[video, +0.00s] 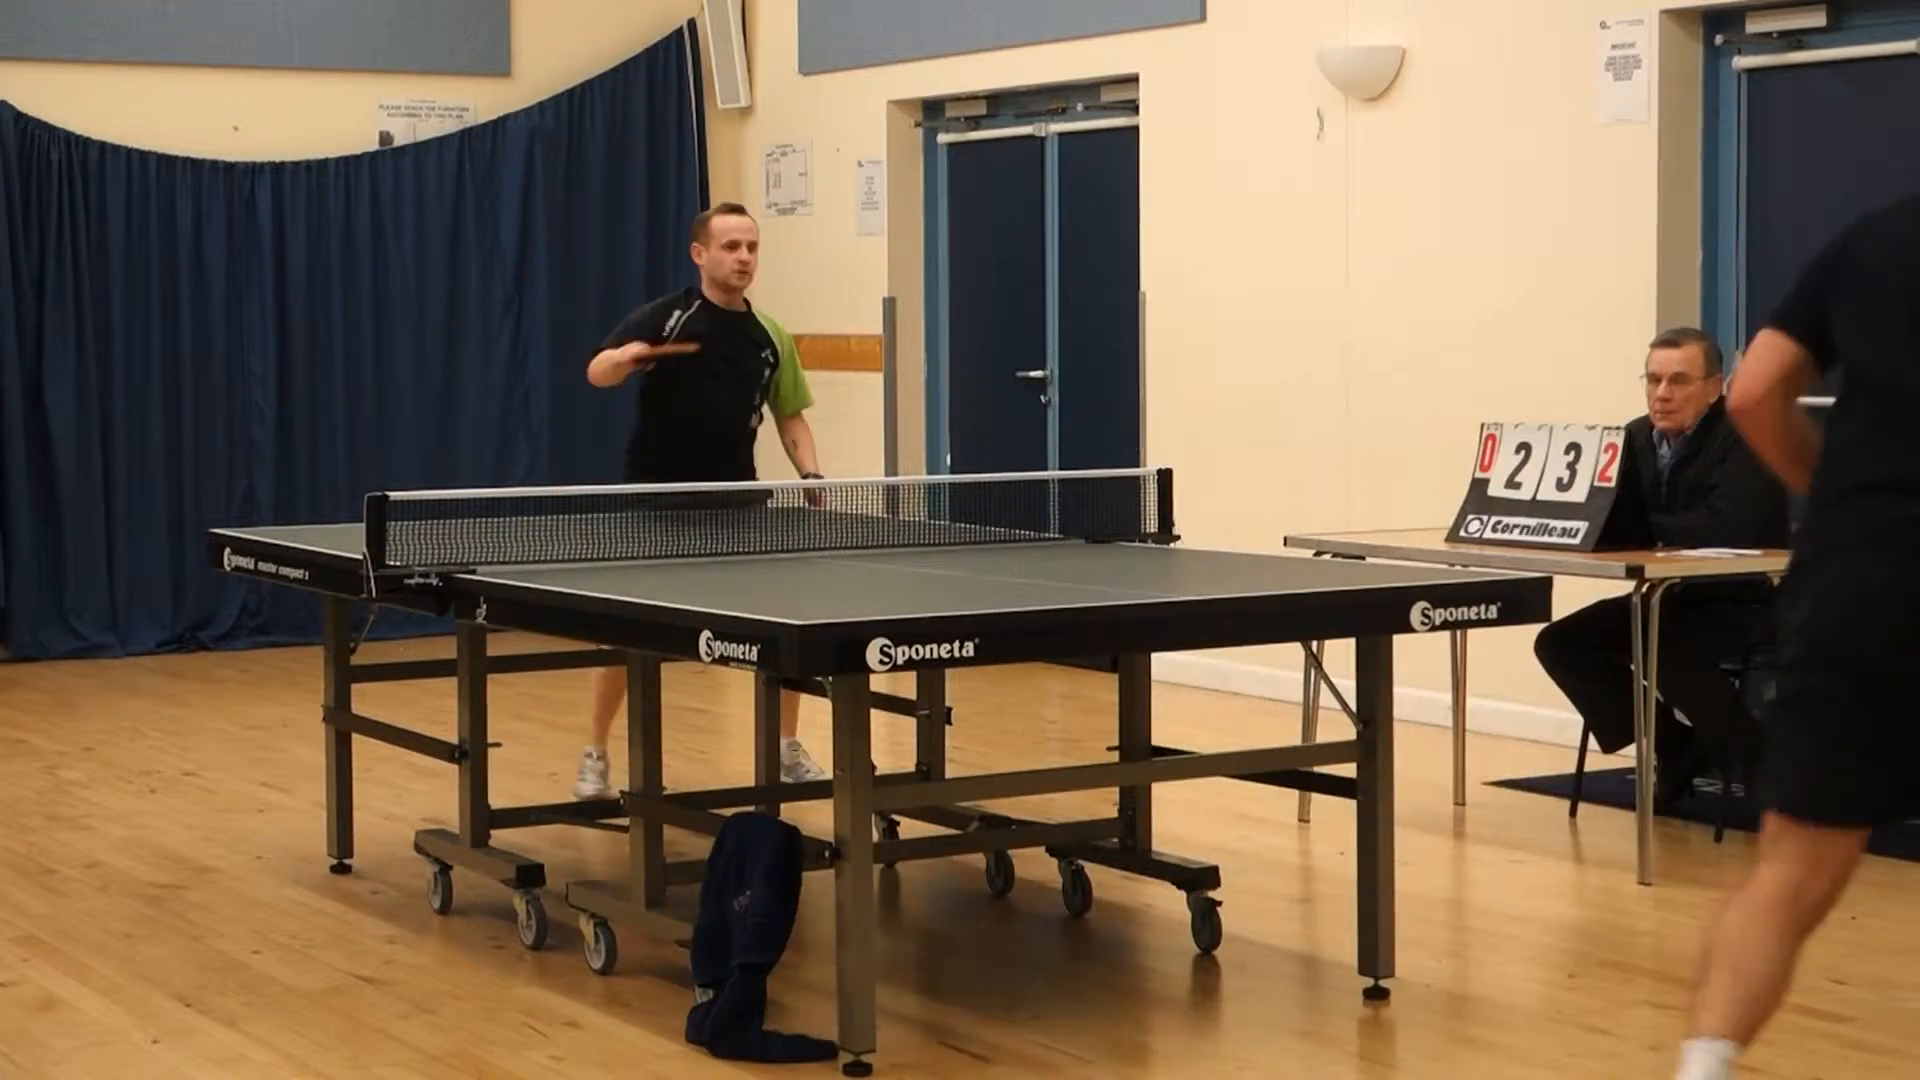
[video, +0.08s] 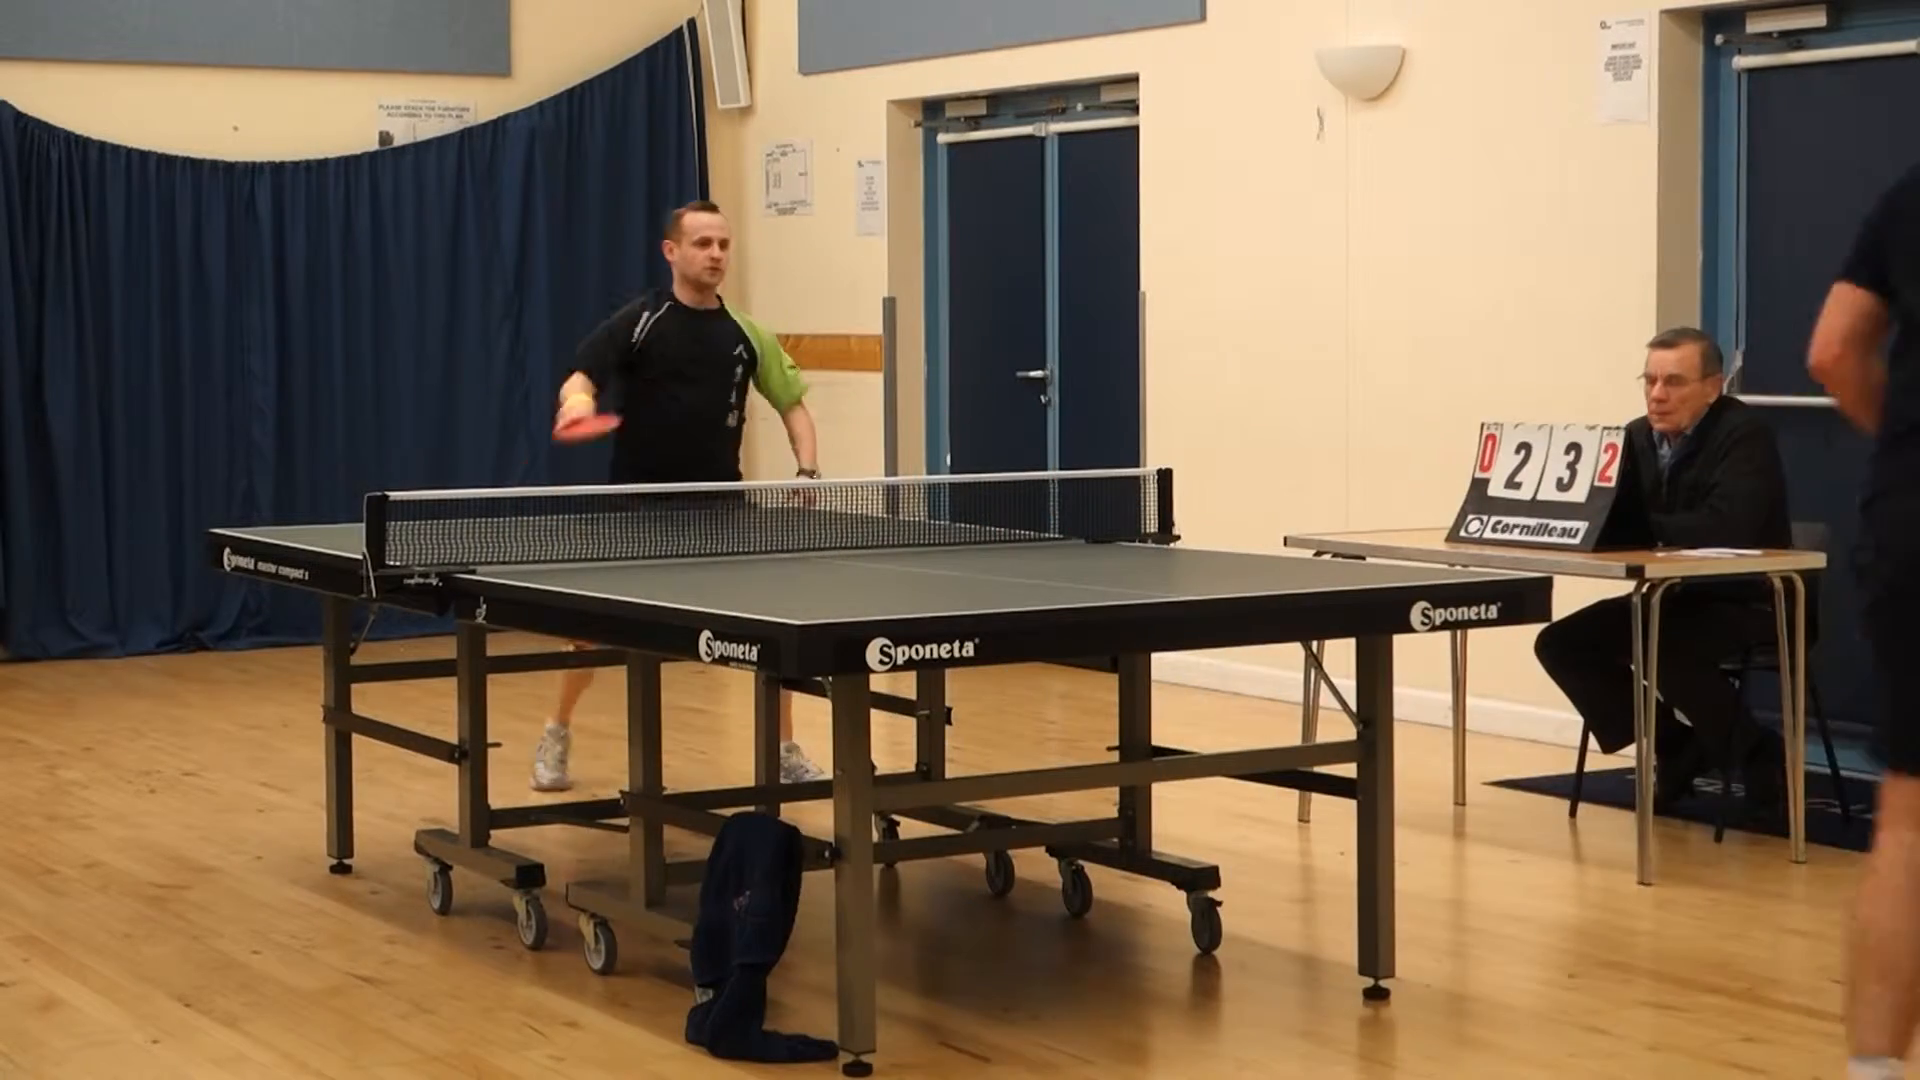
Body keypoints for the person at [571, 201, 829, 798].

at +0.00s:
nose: (745, 257)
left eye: (752, 246)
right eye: (731, 246)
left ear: (759, 254)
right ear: (699, 253)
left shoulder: (771, 337)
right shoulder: (659, 319)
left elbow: (791, 416)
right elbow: (597, 374)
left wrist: (812, 475)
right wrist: (628, 357)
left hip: (736, 506)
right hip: (656, 506)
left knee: (791, 617)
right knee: (629, 630)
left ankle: (785, 747)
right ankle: (596, 751)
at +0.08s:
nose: (716, 254)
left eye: (723, 244)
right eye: (703, 243)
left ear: (731, 252)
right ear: (671, 251)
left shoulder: (746, 333)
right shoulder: (639, 320)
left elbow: (792, 403)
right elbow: (582, 376)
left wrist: (808, 467)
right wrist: (575, 409)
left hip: (720, 510)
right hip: (638, 510)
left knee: (778, 616)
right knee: (598, 625)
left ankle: (783, 748)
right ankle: (557, 732)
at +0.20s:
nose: (671, 269)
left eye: (678, 260)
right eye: (658, 258)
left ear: (684, 269)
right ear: (626, 264)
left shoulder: (704, 346)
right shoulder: (593, 343)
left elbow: (753, 411)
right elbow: (547, 418)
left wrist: (787, 473)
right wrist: (519, 485)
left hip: (687, 523)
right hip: (602, 523)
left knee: (745, 629)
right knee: (564, 630)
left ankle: (775, 745)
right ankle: (537, 738)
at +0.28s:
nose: (642, 263)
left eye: (650, 253)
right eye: (629, 252)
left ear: (657, 263)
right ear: (598, 259)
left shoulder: (676, 339)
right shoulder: (562, 343)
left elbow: (708, 417)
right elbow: (527, 429)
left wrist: (739, 475)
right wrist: (502, 508)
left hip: (660, 518)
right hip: (578, 519)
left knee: (719, 623)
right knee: (550, 627)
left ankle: (770, 746)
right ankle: (533, 738)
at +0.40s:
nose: (613, 245)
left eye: (620, 236)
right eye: (600, 234)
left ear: (627, 245)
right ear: (569, 241)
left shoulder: (650, 319)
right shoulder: (536, 322)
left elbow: (662, 406)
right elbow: (508, 414)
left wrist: (659, 476)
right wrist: (496, 488)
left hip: (633, 500)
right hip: (552, 503)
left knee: (684, 614)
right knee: (541, 624)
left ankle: (713, 736)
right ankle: (533, 739)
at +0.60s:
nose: (595, 239)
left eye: (603, 232)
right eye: (583, 228)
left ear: (611, 242)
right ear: (553, 234)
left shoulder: (631, 313)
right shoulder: (522, 316)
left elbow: (650, 395)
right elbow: (486, 400)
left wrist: (616, 455)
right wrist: (465, 475)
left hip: (615, 492)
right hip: (537, 494)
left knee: (645, 606)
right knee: (535, 616)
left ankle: (627, 706)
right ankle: (531, 735)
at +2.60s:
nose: (558, 253)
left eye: (565, 244)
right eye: (547, 242)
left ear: (570, 248)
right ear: (516, 242)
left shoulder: (587, 315)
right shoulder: (482, 319)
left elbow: (608, 399)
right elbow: (459, 403)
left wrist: (622, 473)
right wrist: (464, 480)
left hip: (580, 490)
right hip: (503, 495)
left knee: (604, 606)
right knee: (500, 607)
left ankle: (612, 717)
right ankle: (500, 713)